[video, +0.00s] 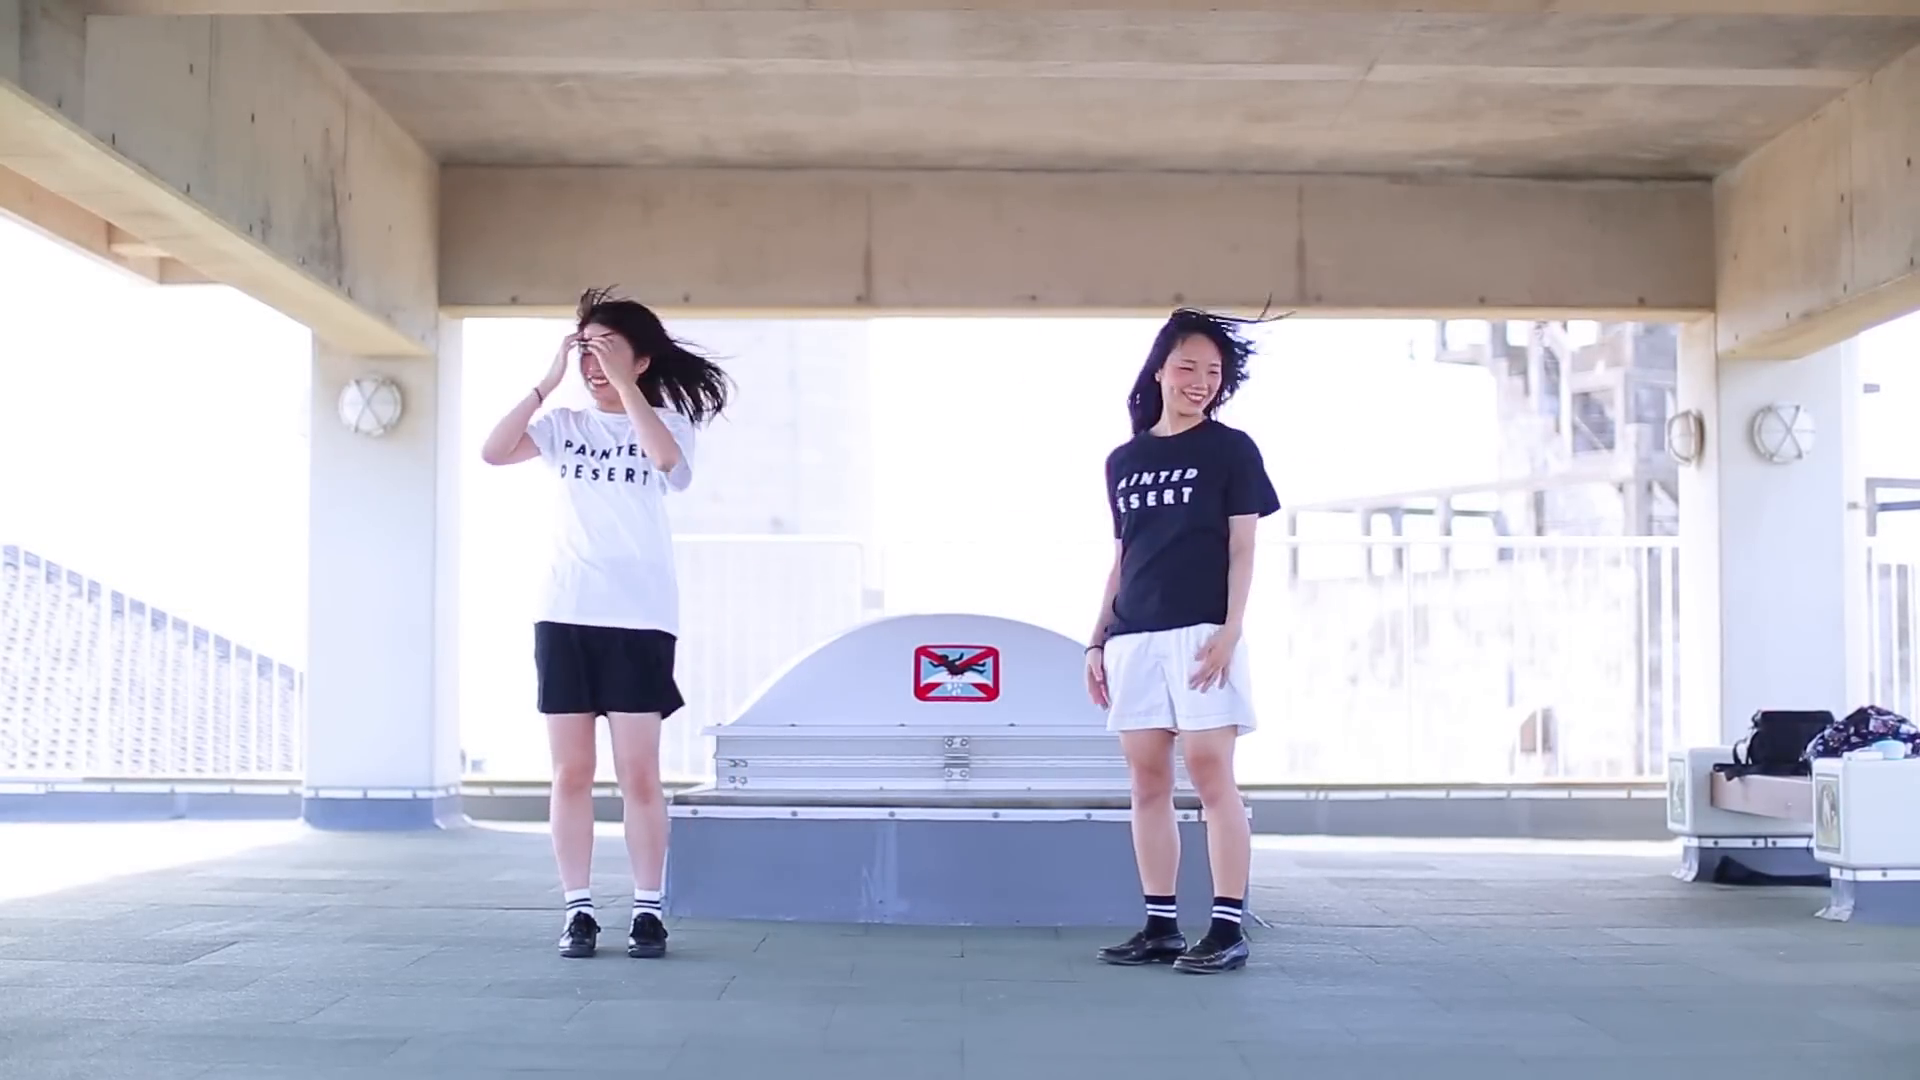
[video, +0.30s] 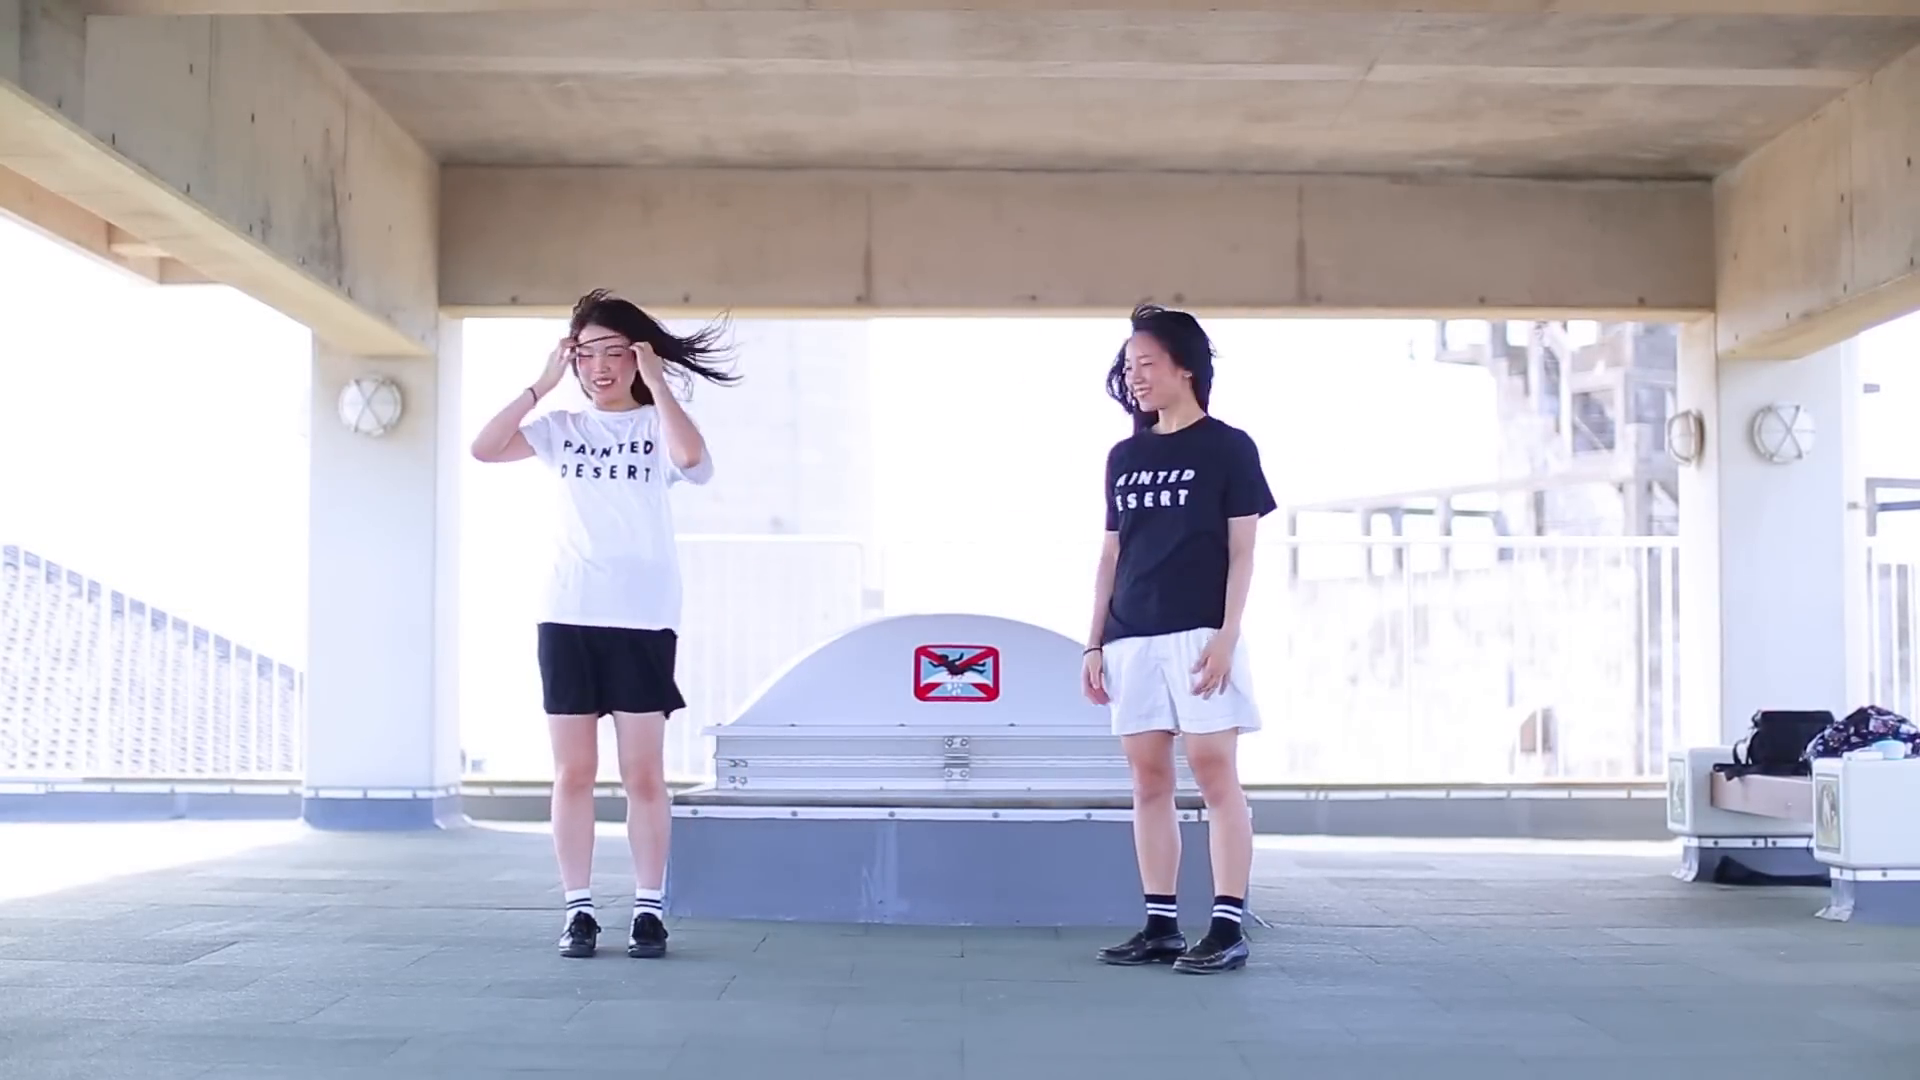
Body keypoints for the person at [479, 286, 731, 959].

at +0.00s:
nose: (593, 363)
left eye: (607, 351)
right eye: (584, 351)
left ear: (644, 359)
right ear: (577, 361)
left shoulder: (667, 420)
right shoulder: (564, 423)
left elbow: (667, 459)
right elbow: (495, 451)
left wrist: (625, 381)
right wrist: (546, 383)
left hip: (641, 620)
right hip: (566, 617)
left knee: (638, 776)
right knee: (572, 774)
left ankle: (647, 908)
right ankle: (577, 910)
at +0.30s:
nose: (599, 365)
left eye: (612, 351)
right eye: (586, 353)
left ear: (638, 356)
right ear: (573, 361)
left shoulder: (662, 421)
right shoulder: (562, 426)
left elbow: (695, 464)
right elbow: (486, 446)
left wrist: (657, 381)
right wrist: (544, 381)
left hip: (645, 621)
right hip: (569, 620)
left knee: (642, 777)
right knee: (574, 774)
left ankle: (648, 908)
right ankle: (578, 911)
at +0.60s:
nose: (610, 355)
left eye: (619, 343)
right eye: (594, 345)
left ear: (635, 355)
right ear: (570, 362)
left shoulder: (663, 425)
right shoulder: (554, 423)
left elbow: (712, 498)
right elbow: (474, 438)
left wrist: (704, 418)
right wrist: (530, 375)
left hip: (645, 617)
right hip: (568, 617)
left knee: (645, 776)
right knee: (574, 775)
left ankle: (651, 907)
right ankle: (579, 910)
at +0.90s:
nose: (618, 351)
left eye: (624, 340)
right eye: (601, 339)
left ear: (631, 354)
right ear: (568, 354)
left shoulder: (648, 431)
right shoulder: (542, 426)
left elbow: (673, 516)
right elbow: (504, 500)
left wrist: (710, 534)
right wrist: (501, 428)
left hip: (635, 623)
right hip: (560, 622)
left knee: (641, 772)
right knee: (569, 774)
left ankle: (648, 905)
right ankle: (579, 909)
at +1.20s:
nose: (624, 357)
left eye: (630, 346)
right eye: (610, 345)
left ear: (637, 358)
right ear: (576, 355)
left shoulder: (646, 442)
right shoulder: (545, 433)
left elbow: (648, 539)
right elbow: (520, 530)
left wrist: (652, 628)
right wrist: (544, 618)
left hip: (626, 632)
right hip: (561, 627)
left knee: (634, 773)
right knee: (567, 773)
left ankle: (605, 891)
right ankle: (576, 905)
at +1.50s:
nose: (634, 370)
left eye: (645, 363)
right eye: (624, 355)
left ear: (652, 376)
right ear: (591, 357)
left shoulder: (648, 445)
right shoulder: (547, 431)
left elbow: (661, 537)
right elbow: (514, 529)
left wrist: (674, 621)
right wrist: (522, 617)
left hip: (624, 626)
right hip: (558, 619)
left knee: (608, 768)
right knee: (564, 763)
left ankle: (599, 899)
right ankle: (548, 905)